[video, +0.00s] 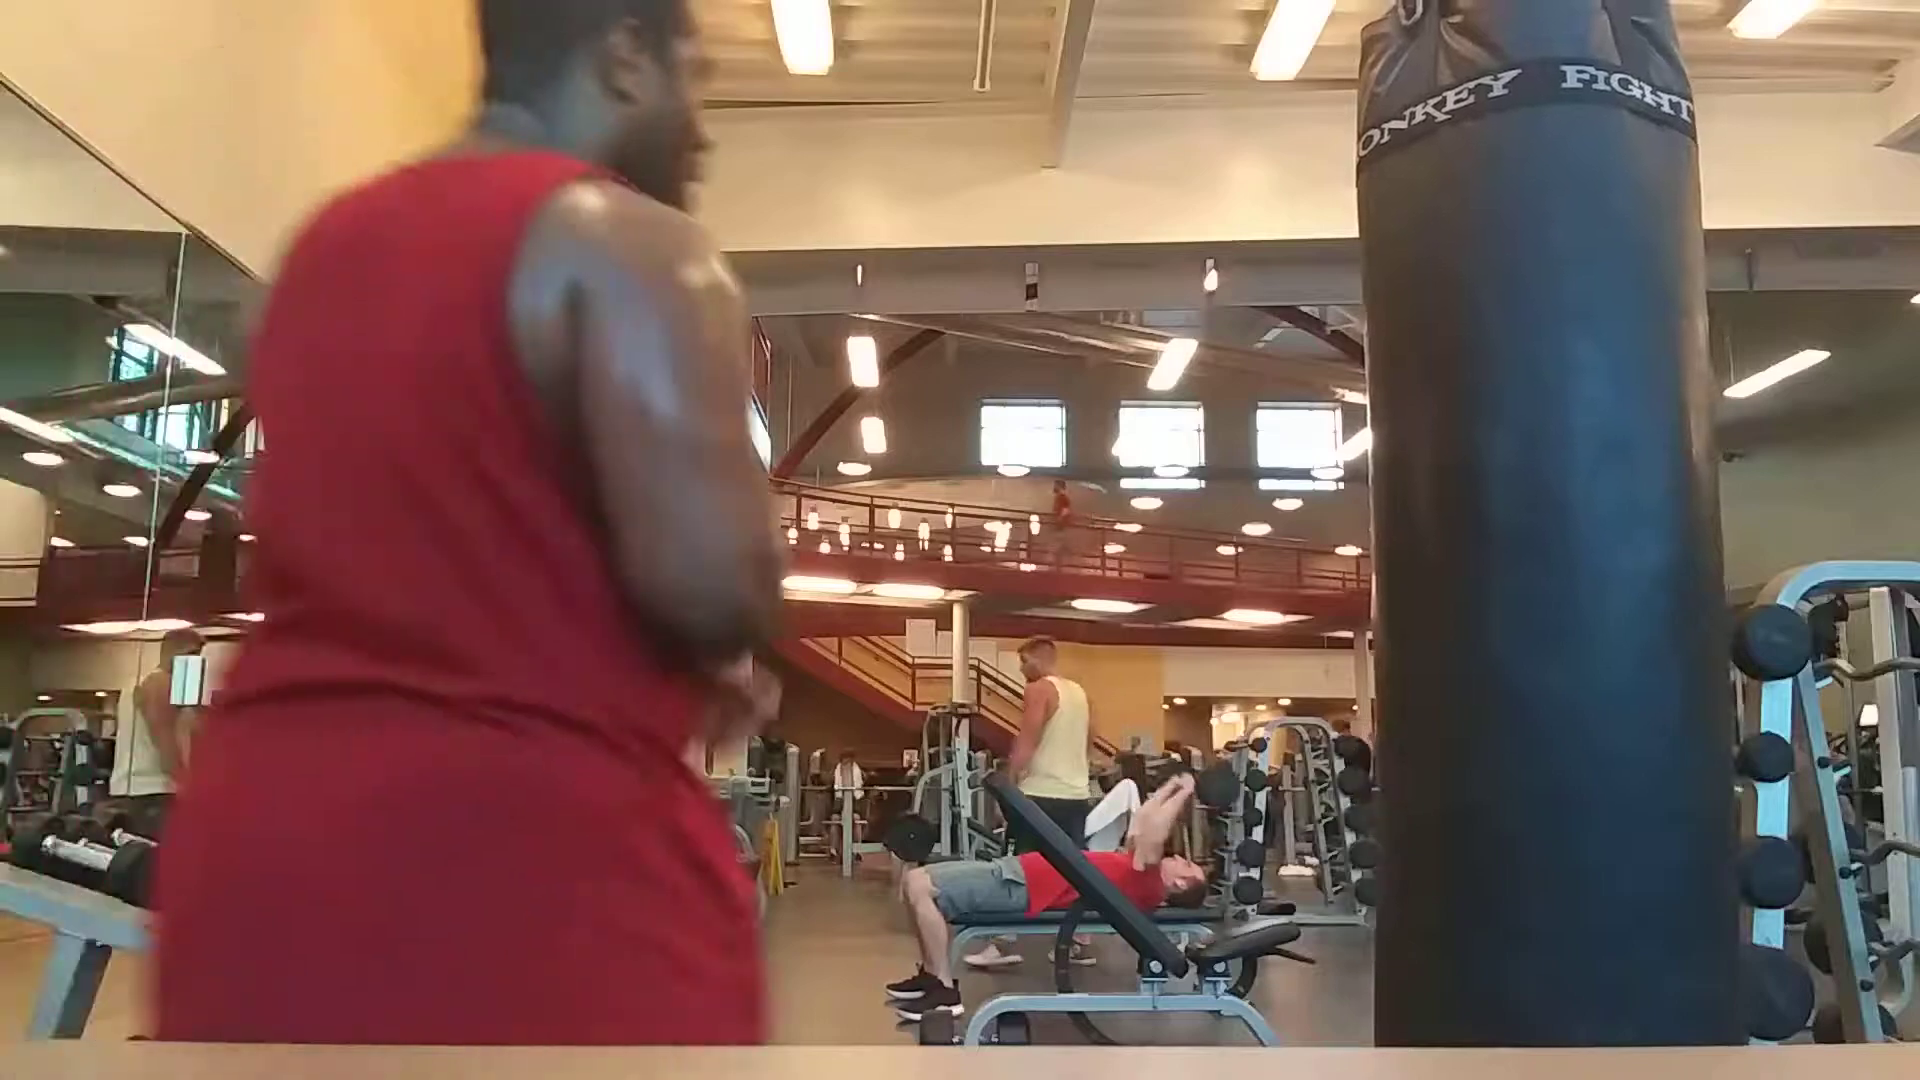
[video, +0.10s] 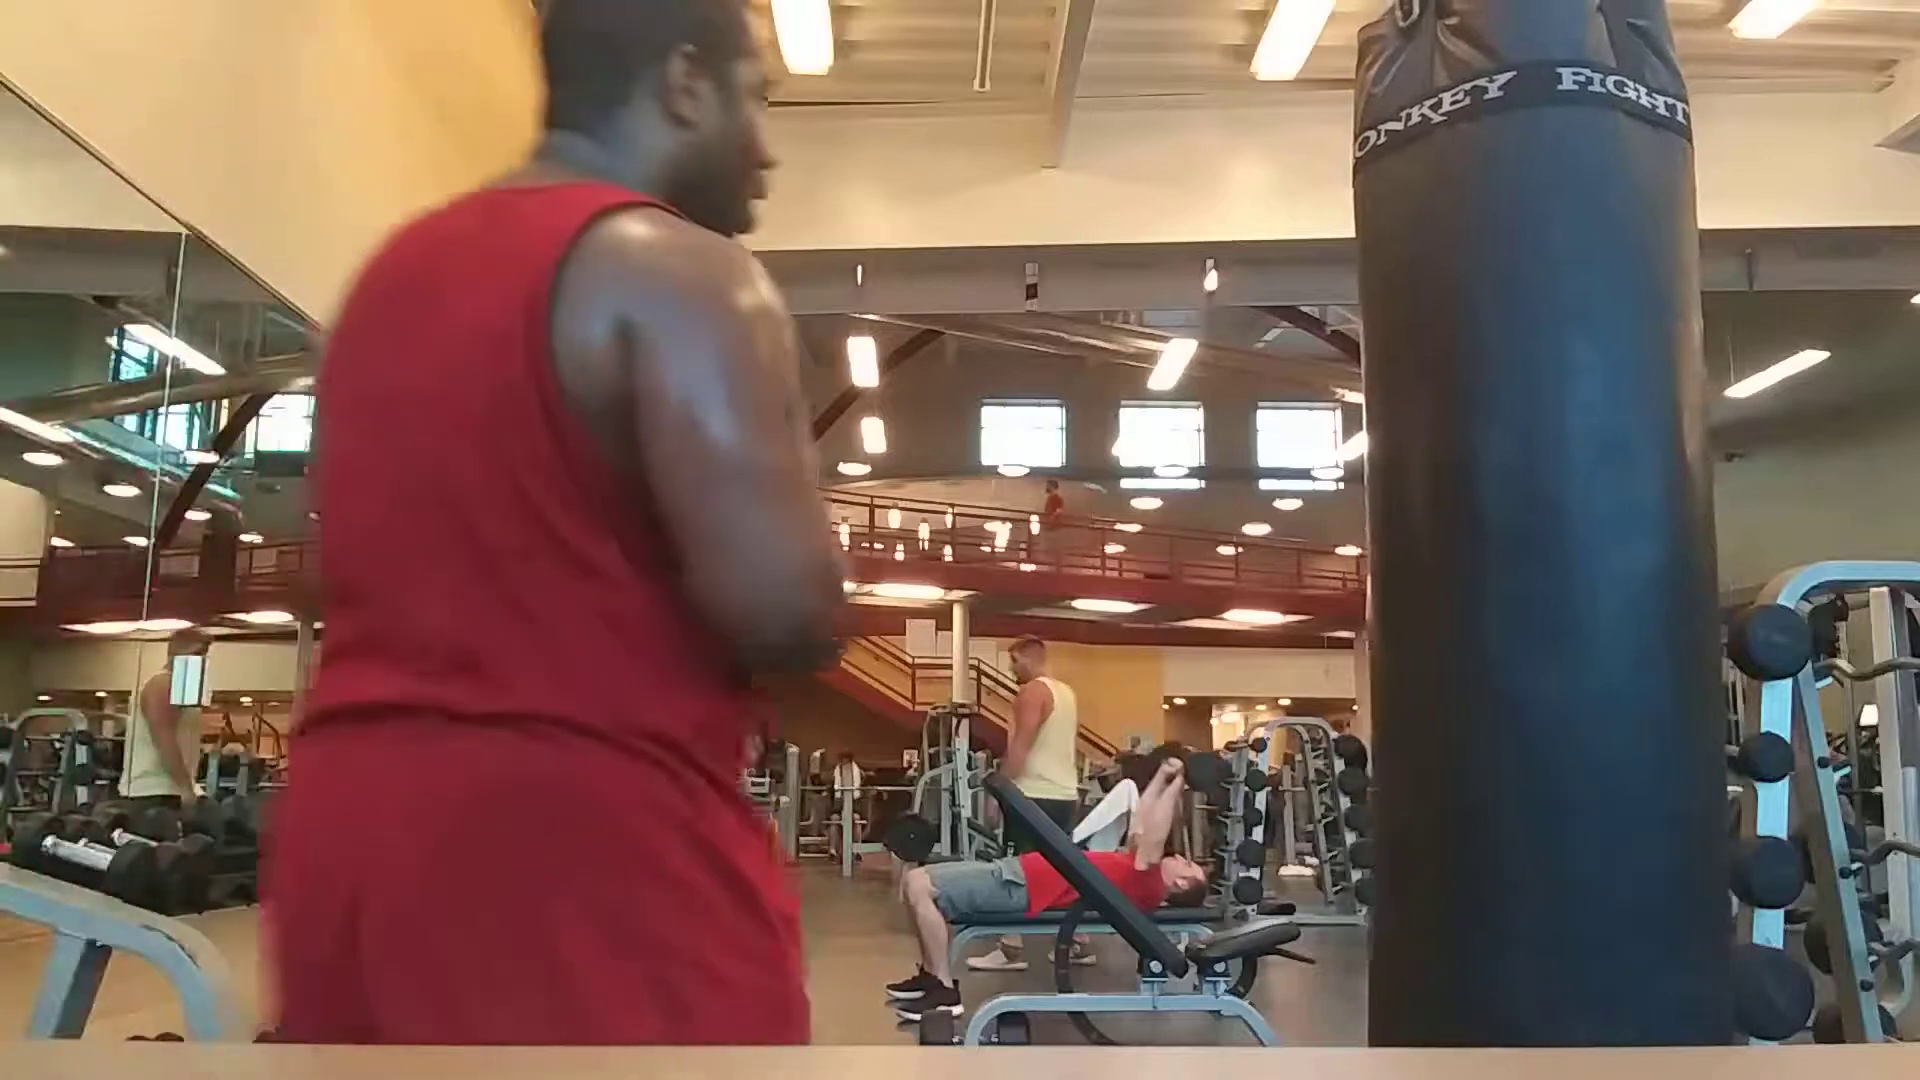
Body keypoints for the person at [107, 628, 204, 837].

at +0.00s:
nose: (196, 661)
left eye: (197, 654)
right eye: (194, 653)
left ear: (167, 651)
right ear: (181, 653)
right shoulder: (158, 681)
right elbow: (166, 743)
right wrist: (184, 780)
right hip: (150, 794)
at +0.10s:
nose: (203, 661)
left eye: (204, 655)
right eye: (199, 655)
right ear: (183, 654)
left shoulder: (181, 687)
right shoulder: (162, 683)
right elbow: (166, 742)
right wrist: (187, 788)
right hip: (154, 796)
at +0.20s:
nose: (210, 663)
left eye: (211, 656)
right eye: (207, 656)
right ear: (192, 653)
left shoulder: (186, 690)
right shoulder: (166, 685)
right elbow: (165, 742)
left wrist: (192, 789)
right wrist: (188, 790)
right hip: (159, 800)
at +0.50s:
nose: (231, 655)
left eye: (233, 649)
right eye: (225, 648)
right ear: (205, 649)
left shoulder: (218, 694)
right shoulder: (183, 682)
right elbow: (169, 735)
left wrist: (227, 788)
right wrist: (177, 791)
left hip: (214, 797)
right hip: (184, 797)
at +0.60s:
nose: (236, 655)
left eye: (238, 649)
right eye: (230, 648)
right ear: (210, 649)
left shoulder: (226, 692)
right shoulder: (187, 683)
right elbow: (171, 738)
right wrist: (180, 792)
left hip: (225, 796)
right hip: (192, 798)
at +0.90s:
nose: (264, 657)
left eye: (267, 651)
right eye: (257, 649)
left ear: (269, 653)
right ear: (238, 651)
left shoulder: (262, 695)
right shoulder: (216, 687)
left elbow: (259, 745)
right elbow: (194, 741)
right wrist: (197, 793)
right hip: (220, 794)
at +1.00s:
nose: (276, 658)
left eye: (279, 651)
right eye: (270, 650)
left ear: (282, 653)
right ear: (251, 650)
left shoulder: (274, 695)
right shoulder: (228, 688)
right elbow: (205, 739)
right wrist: (203, 791)